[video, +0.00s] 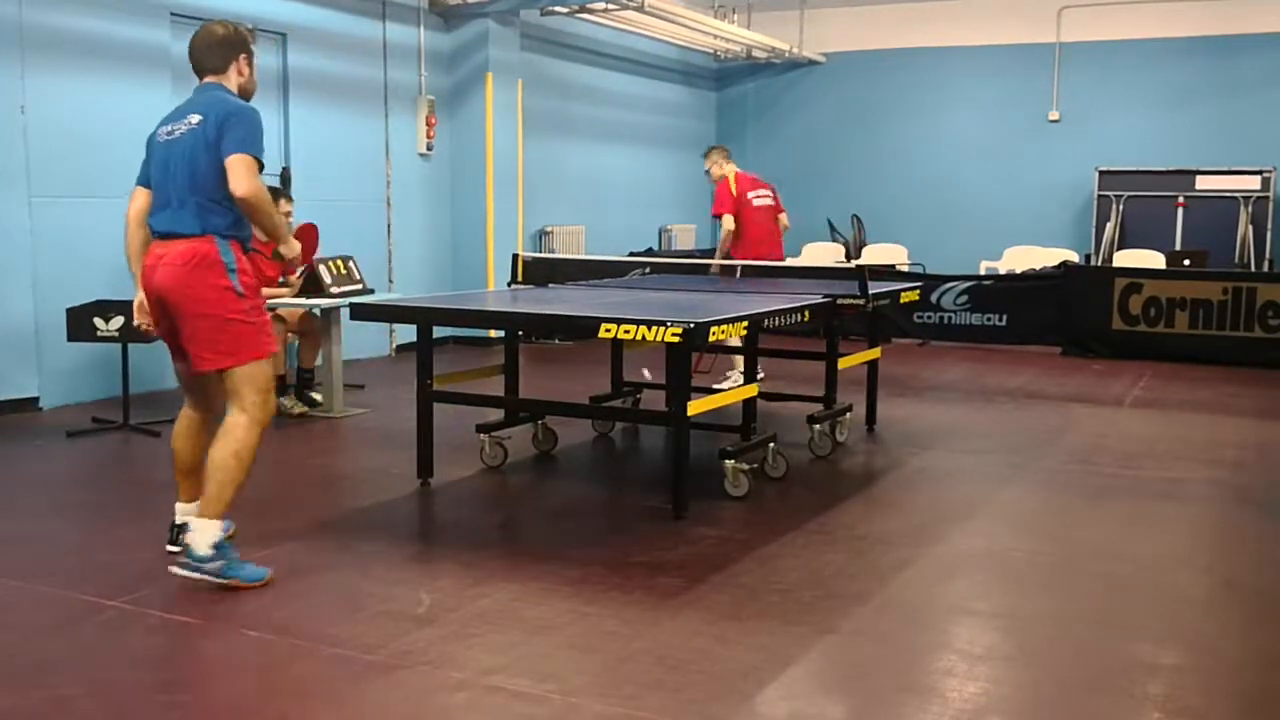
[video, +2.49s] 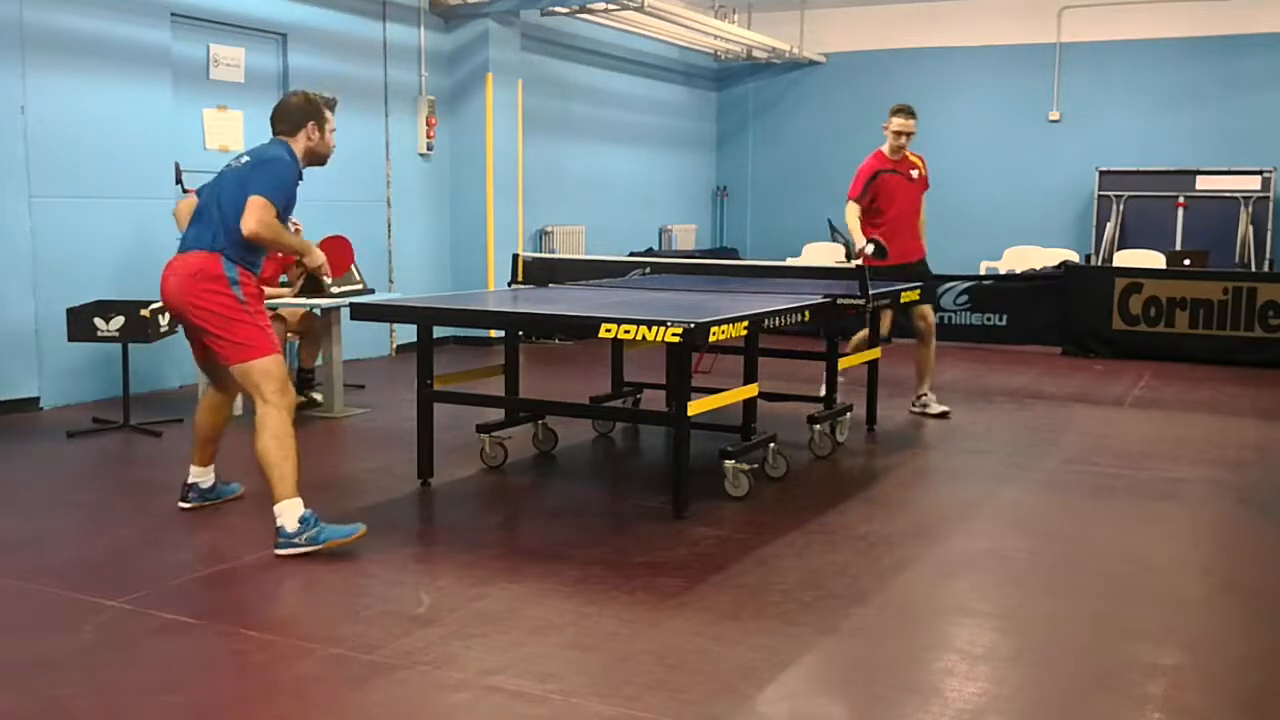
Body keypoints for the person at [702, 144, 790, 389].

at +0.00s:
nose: (709, 176)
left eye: (709, 170)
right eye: (707, 171)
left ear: (722, 164)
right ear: (730, 164)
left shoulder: (725, 185)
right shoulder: (763, 183)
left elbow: (728, 227)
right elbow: (784, 222)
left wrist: (718, 258)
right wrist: (768, 241)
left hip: (744, 262)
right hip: (773, 261)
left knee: (725, 315)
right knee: (748, 315)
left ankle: (740, 369)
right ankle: (753, 366)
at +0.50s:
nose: (687, 234)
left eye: (684, 230)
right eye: (682, 233)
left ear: (688, 214)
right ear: (689, 211)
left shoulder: (714, 217)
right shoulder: (712, 206)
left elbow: (745, 256)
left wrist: (740, 293)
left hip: (777, 251)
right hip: (764, 251)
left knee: (769, 316)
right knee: (750, 311)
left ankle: (771, 372)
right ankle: (746, 361)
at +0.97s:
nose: (703, 283)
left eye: (702, 278)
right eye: (698, 281)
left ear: (705, 269)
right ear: (690, 270)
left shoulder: (731, 270)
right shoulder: (696, 253)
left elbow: (739, 323)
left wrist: (734, 367)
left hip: (765, 261)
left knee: (771, 318)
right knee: (722, 316)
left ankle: (772, 373)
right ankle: (720, 367)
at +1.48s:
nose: (756, 188)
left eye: (760, 182)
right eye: (752, 183)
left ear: (770, 175)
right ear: (745, 180)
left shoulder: (790, 196)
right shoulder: (742, 194)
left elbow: (802, 233)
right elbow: (738, 222)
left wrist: (792, 269)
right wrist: (747, 246)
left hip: (784, 260)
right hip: (754, 259)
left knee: (781, 316)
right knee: (739, 311)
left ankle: (773, 372)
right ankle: (729, 363)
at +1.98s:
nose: (831, 142)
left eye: (836, 136)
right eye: (825, 136)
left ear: (841, 135)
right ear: (812, 134)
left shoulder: (848, 161)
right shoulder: (797, 168)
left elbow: (859, 197)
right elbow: (775, 206)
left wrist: (853, 210)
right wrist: (787, 234)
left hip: (839, 255)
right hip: (808, 257)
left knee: (828, 318)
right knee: (816, 318)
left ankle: (794, 362)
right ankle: (812, 382)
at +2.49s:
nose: (902, 140)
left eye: (907, 135)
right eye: (897, 133)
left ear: (914, 135)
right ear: (886, 129)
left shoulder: (918, 164)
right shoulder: (871, 166)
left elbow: (920, 208)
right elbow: (852, 210)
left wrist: (921, 247)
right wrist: (860, 242)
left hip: (914, 261)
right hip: (880, 265)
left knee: (926, 323)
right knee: (879, 331)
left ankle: (923, 394)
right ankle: (834, 372)